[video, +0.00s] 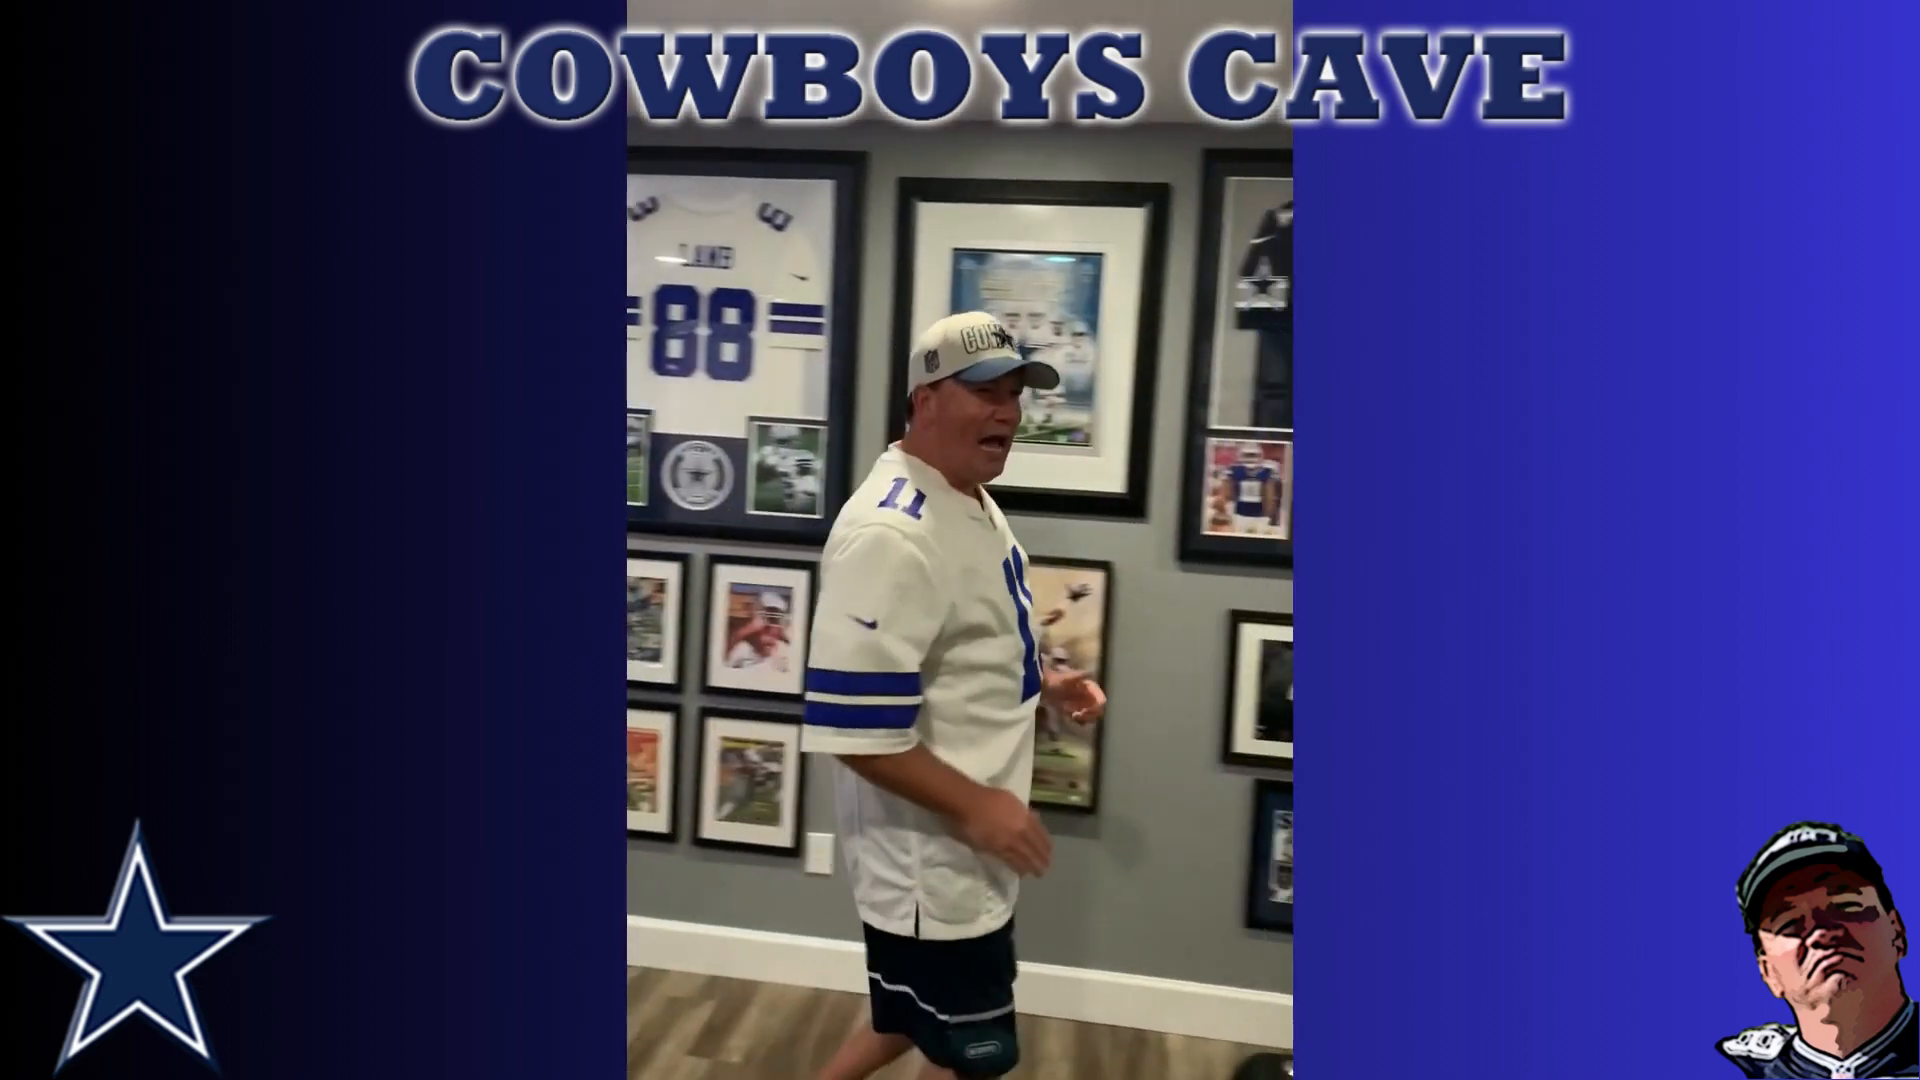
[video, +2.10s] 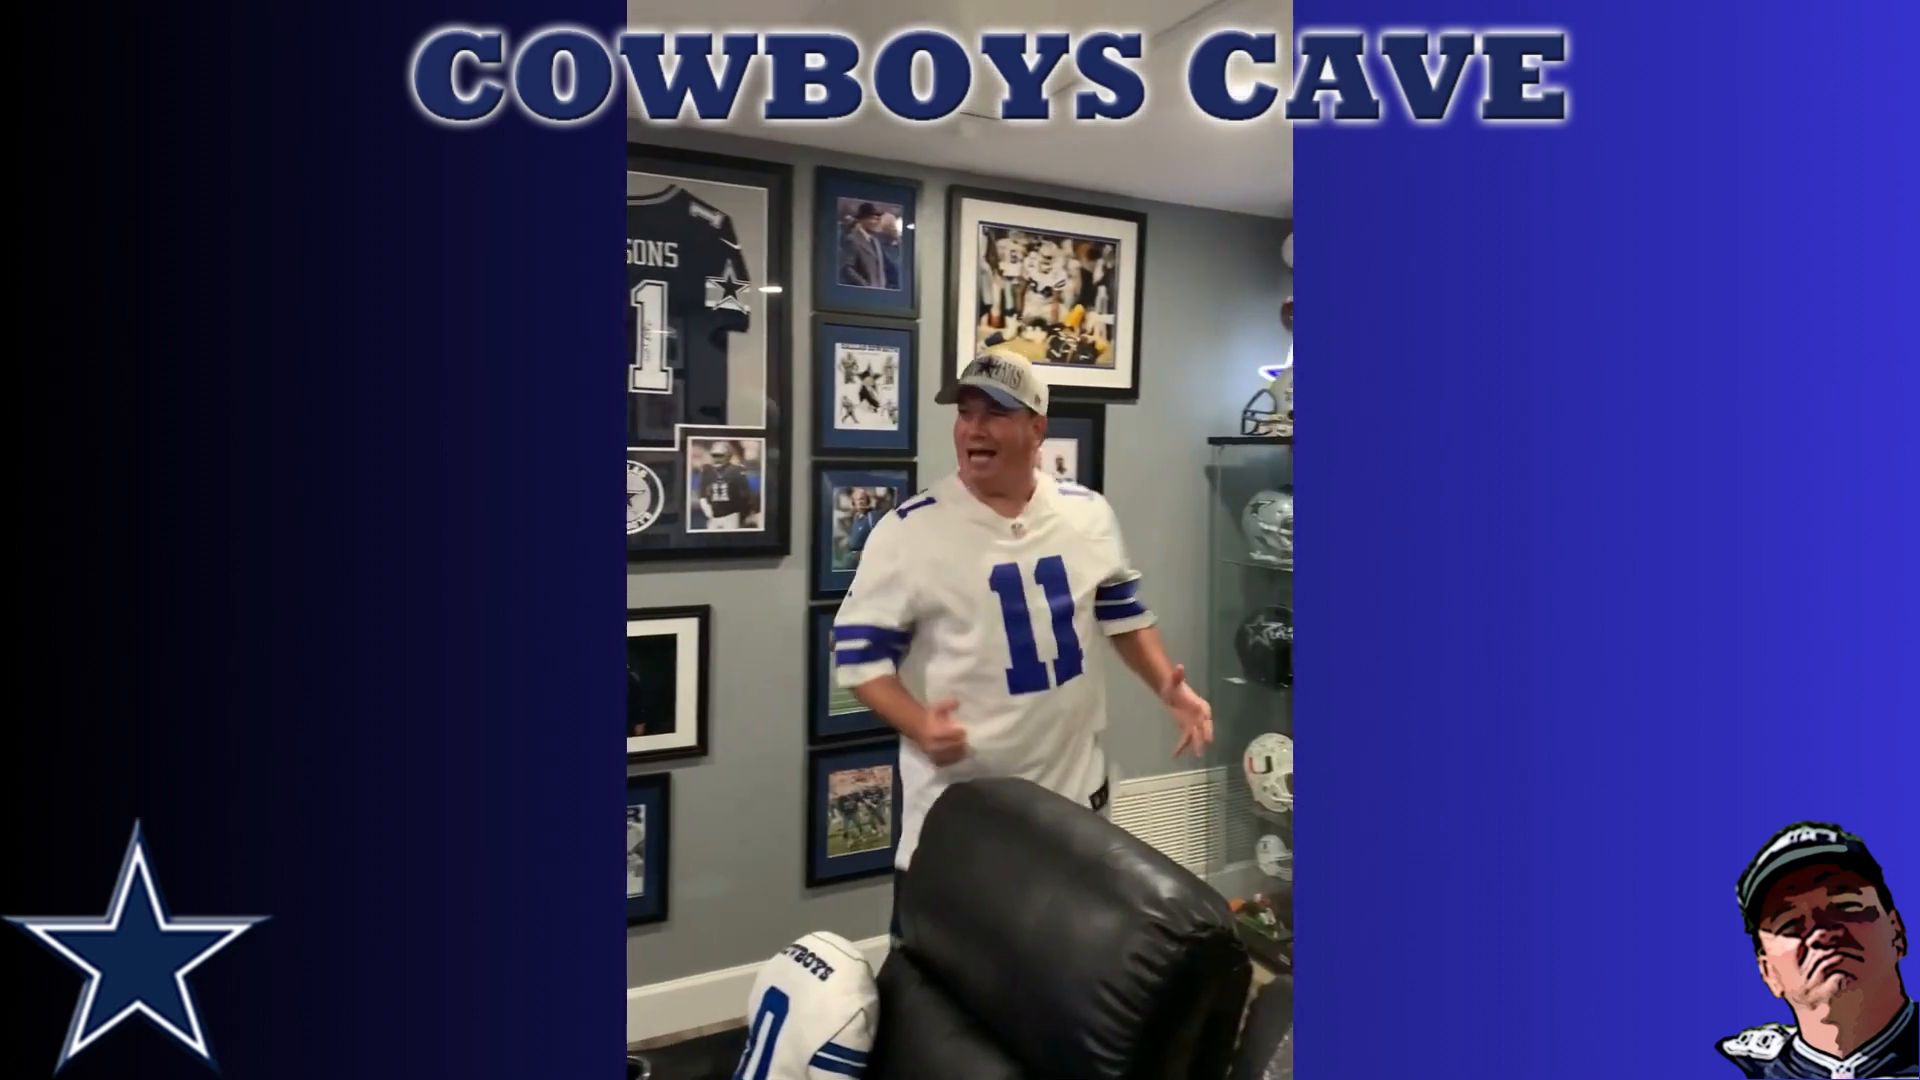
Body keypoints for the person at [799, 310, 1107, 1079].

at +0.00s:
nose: (1008, 413)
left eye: (1016, 394)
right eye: (986, 390)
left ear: (1022, 402)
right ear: (925, 397)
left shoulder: (970, 503)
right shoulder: (887, 534)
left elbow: (963, 660)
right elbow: (855, 731)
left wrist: (1042, 685)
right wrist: (975, 806)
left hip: (962, 849)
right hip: (925, 861)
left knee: (897, 1022)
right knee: (970, 1057)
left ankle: (830, 1077)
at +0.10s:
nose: (1014, 400)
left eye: (1021, 381)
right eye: (992, 376)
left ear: (1024, 390)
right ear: (929, 384)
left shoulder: (959, 490)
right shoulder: (903, 513)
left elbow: (950, 645)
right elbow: (886, 711)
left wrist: (1031, 673)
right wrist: (1005, 777)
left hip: (975, 829)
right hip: (930, 846)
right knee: (934, 1052)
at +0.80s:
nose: (959, 413)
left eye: (968, 397)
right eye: (940, 395)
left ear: (976, 407)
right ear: (891, 402)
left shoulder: (955, 496)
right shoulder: (850, 517)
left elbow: (971, 613)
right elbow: (813, 679)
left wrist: (1037, 657)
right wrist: (936, 741)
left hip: (948, 788)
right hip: (912, 800)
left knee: (881, 954)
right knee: (991, 984)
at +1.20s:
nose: (980, 436)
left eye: (984, 420)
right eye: (959, 418)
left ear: (990, 427)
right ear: (905, 429)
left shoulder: (920, 516)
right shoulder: (894, 547)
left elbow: (910, 648)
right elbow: (889, 729)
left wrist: (998, 651)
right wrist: (1005, 771)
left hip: (894, 818)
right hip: (919, 836)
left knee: (851, 973)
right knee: (939, 1028)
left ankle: (793, 1072)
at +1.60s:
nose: (982, 425)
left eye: (985, 408)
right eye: (959, 406)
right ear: (901, 423)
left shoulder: (926, 516)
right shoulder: (899, 542)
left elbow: (911, 656)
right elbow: (909, 723)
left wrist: (998, 663)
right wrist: (1039, 755)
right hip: (935, 854)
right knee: (933, 1043)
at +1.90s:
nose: (976, 436)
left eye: (992, 421)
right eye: (957, 418)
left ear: (1010, 437)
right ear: (924, 430)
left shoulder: (1013, 524)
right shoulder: (883, 546)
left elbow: (1021, 637)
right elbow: (845, 707)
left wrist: (1094, 678)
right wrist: (956, 754)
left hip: (1015, 827)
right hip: (926, 847)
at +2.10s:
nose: (975, 429)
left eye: (997, 412)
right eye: (966, 411)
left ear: (1037, 429)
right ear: (954, 421)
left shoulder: (1087, 516)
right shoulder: (907, 536)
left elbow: (1124, 616)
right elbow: (859, 657)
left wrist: (1164, 681)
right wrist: (917, 721)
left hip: (1074, 809)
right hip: (958, 817)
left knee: (1073, 975)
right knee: (948, 983)